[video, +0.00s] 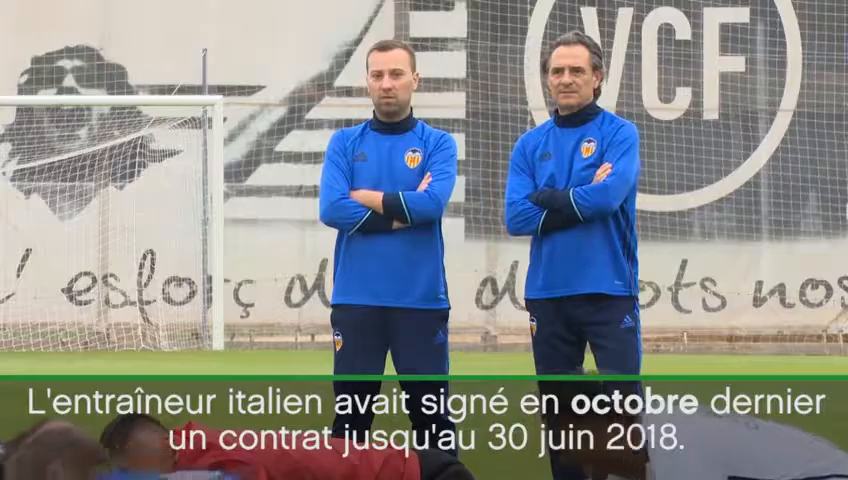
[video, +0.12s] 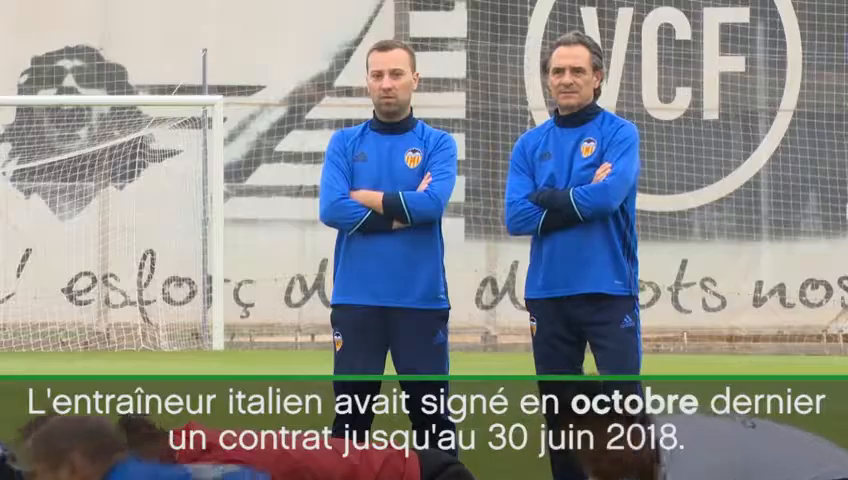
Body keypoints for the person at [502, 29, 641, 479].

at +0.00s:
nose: (565, 80)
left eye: (576, 71)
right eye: (557, 71)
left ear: (597, 78)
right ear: (547, 80)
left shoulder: (620, 133)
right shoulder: (529, 143)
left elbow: (608, 196)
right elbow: (516, 218)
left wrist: (540, 197)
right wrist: (587, 196)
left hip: (610, 293)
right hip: (549, 295)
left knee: (624, 406)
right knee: (556, 410)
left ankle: (630, 477)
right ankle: (568, 477)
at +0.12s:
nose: (565, 80)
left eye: (576, 71)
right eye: (557, 71)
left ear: (597, 78)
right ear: (548, 80)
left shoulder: (620, 133)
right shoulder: (529, 143)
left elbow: (607, 195)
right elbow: (516, 218)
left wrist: (541, 197)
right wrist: (587, 196)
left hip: (610, 293)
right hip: (549, 296)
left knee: (625, 405)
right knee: (557, 411)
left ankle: (635, 476)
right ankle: (568, 478)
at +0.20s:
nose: (566, 80)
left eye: (577, 71)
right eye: (557, 71)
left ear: (597, 79)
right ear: (548, 80)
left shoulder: (620, 133)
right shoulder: (528, 143)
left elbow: (607, 196)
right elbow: (516, 218)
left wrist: (541, 197)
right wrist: (587, 195)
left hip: (610, 293)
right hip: (549, 295)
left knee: (624, 405)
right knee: (557, 410)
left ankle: (635, 476)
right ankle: (568, 478)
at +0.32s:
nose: (567, 81)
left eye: (578, 72)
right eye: (558, 72)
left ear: (598, 79)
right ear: (548, 80)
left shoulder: (620, 133)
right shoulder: (529, 142)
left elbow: (608, 195)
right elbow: (516, 218)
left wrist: (541, 196)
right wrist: (587, 196)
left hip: (610, 292)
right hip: (549, 295)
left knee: (624, 405)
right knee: (557, 411)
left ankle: (635, 476)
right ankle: (568, 478)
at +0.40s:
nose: (567, 81)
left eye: (578, 72)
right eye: (559, 72)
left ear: (598, 79)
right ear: (548, 80)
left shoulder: (620, 133)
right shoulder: (529, 142)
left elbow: (608, 196)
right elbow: (516, 217)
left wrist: (541, 196)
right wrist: (587, 195)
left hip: (610, 292)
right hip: (549, 294)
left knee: (625, 406)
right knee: (556, 410)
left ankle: (630, 476)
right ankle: (568, 477)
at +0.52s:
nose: (568, 81)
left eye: (579, 72)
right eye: (560, 73)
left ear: (598, 79)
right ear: (549, 81)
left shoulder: (620, 133)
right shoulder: (528, 141)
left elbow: (607, 196)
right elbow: (515, 216)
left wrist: (539, 196)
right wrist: (586, 195)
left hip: (611, 291)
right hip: (549, 292)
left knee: (624, 405)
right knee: (556, 409)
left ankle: (628, 474)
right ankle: (567, 476)